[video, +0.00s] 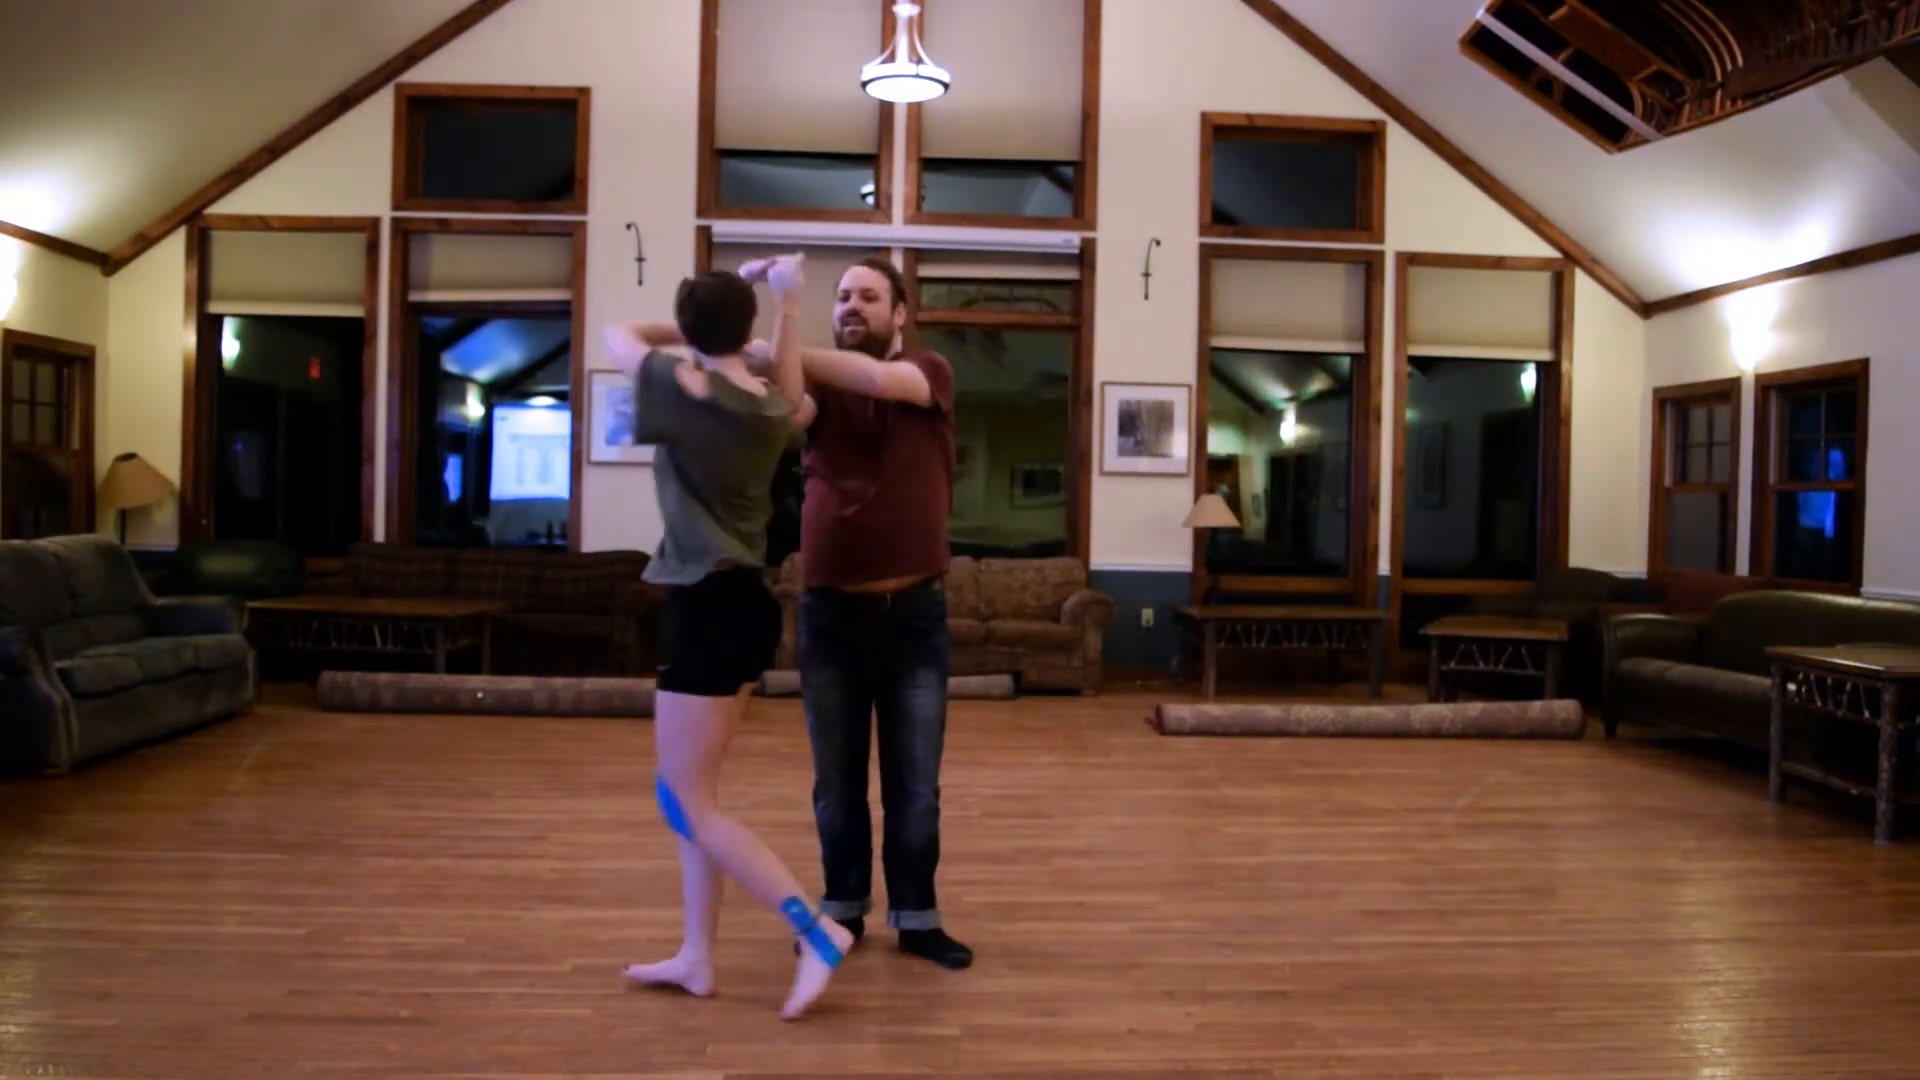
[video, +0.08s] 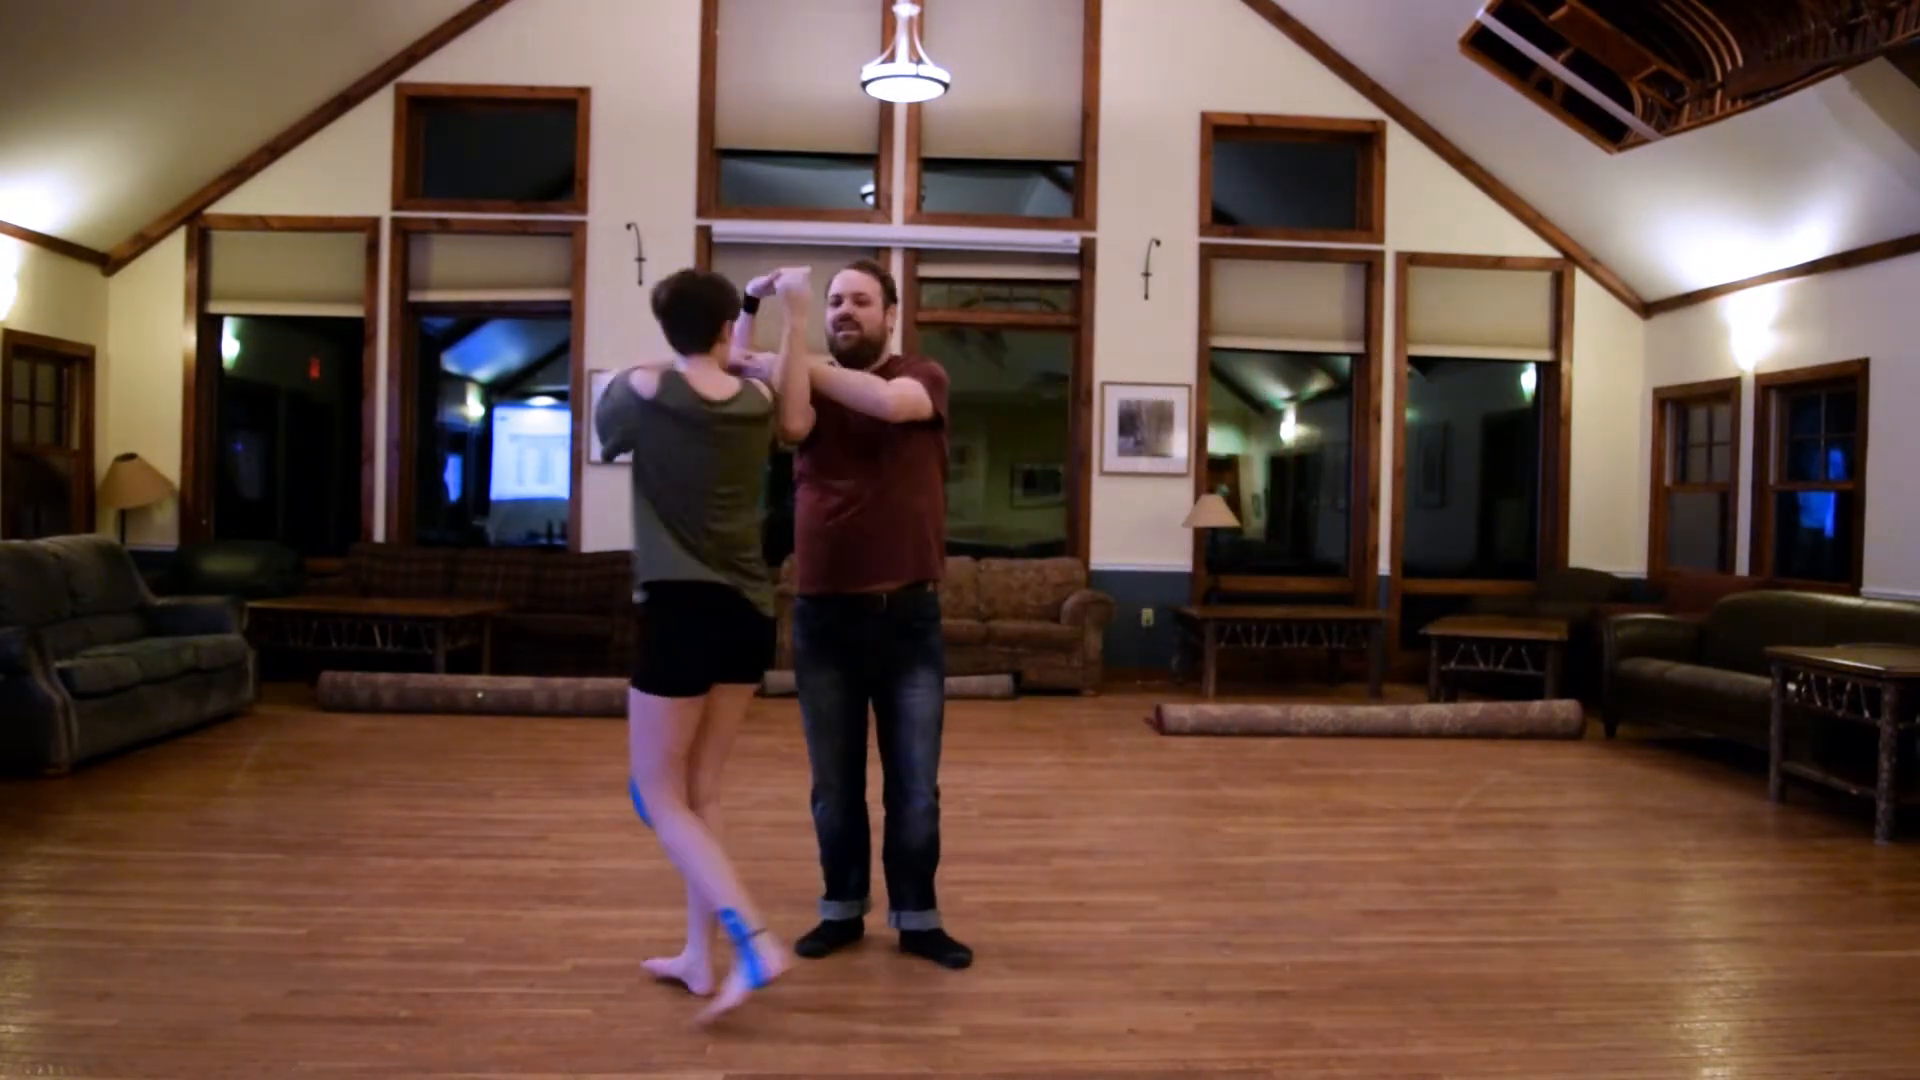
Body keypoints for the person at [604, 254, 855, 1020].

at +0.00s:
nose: (682, 334)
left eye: (684, 329)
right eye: (748, 329)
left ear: (684, 336)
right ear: (750, 339)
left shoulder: (674, 393)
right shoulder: (777, 412)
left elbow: (622, 339)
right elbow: (798, 399)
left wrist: (693, 337)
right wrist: (785, 324)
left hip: (704, 604)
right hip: (744, 602)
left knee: (688, 802)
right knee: (687, 794)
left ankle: (814, 932)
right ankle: (695, 957)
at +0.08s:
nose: (735, 334)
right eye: (734, 323)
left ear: (665, 330)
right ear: (731, 331)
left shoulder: (643, 394)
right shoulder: (761, 397)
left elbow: (603, 433)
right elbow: (796, 416)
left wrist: (634, 380)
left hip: (675, 611)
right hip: (747, 610)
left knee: (657, 795)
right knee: (701, 794)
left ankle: (754, 943)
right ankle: (697, 956)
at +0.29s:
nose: (697, 337)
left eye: (694, 325)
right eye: (691, 326)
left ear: (627, 335)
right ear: (670, 334)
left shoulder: (594, 405)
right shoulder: (706, 405)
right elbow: (773, 382)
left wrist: (713, 380)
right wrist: (791, 298)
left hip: (607, 625)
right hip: (694, 624)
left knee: (617, 801)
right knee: (695, 799)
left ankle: (589, 965)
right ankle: (704, 961)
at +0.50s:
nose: (682, 338)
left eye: (679, 326)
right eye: (675, 327)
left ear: (614, 335)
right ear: (648, 334)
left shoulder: (579, 409)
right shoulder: (676, 403)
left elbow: (686, 404)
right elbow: (760, 395)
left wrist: (750, 364)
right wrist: (788, 306)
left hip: (583, 621)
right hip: (659, 621)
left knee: (607, 800)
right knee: (681, 799)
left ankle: (588, 966)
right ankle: (705, 962)